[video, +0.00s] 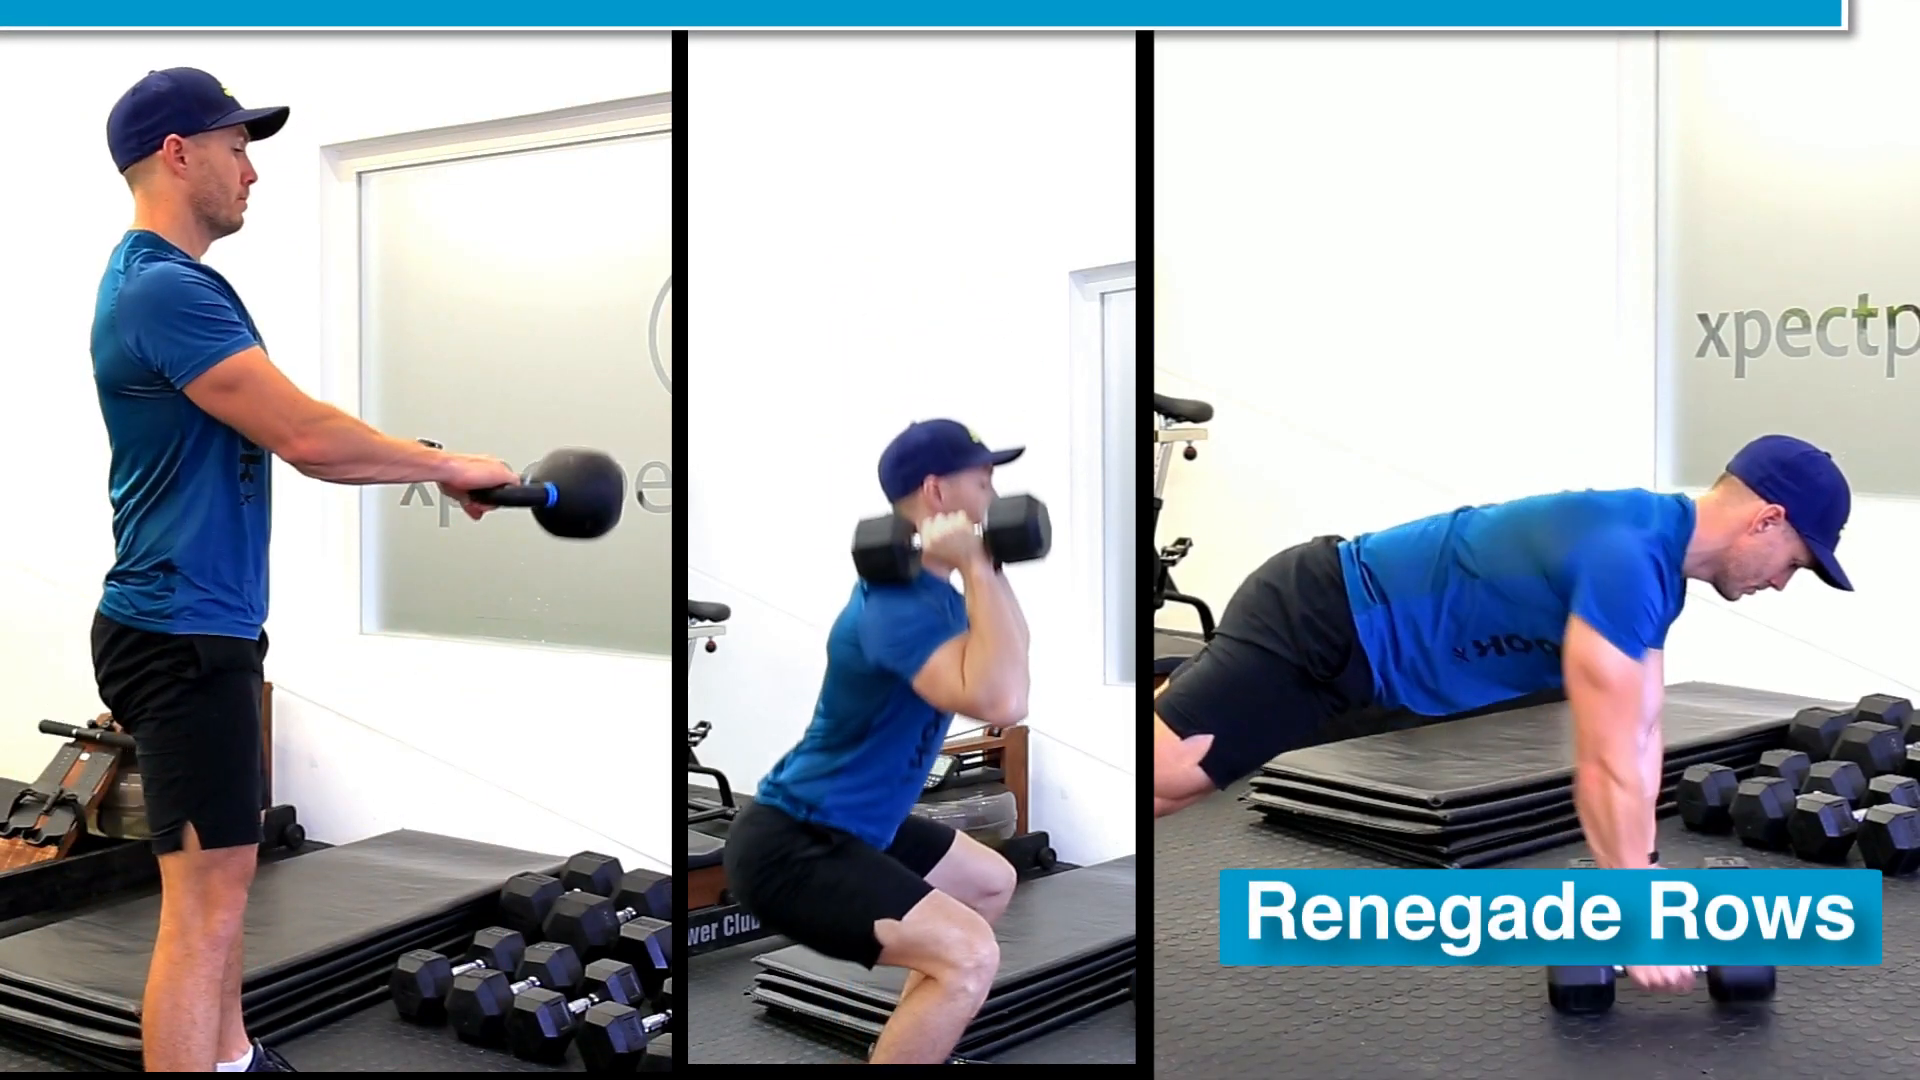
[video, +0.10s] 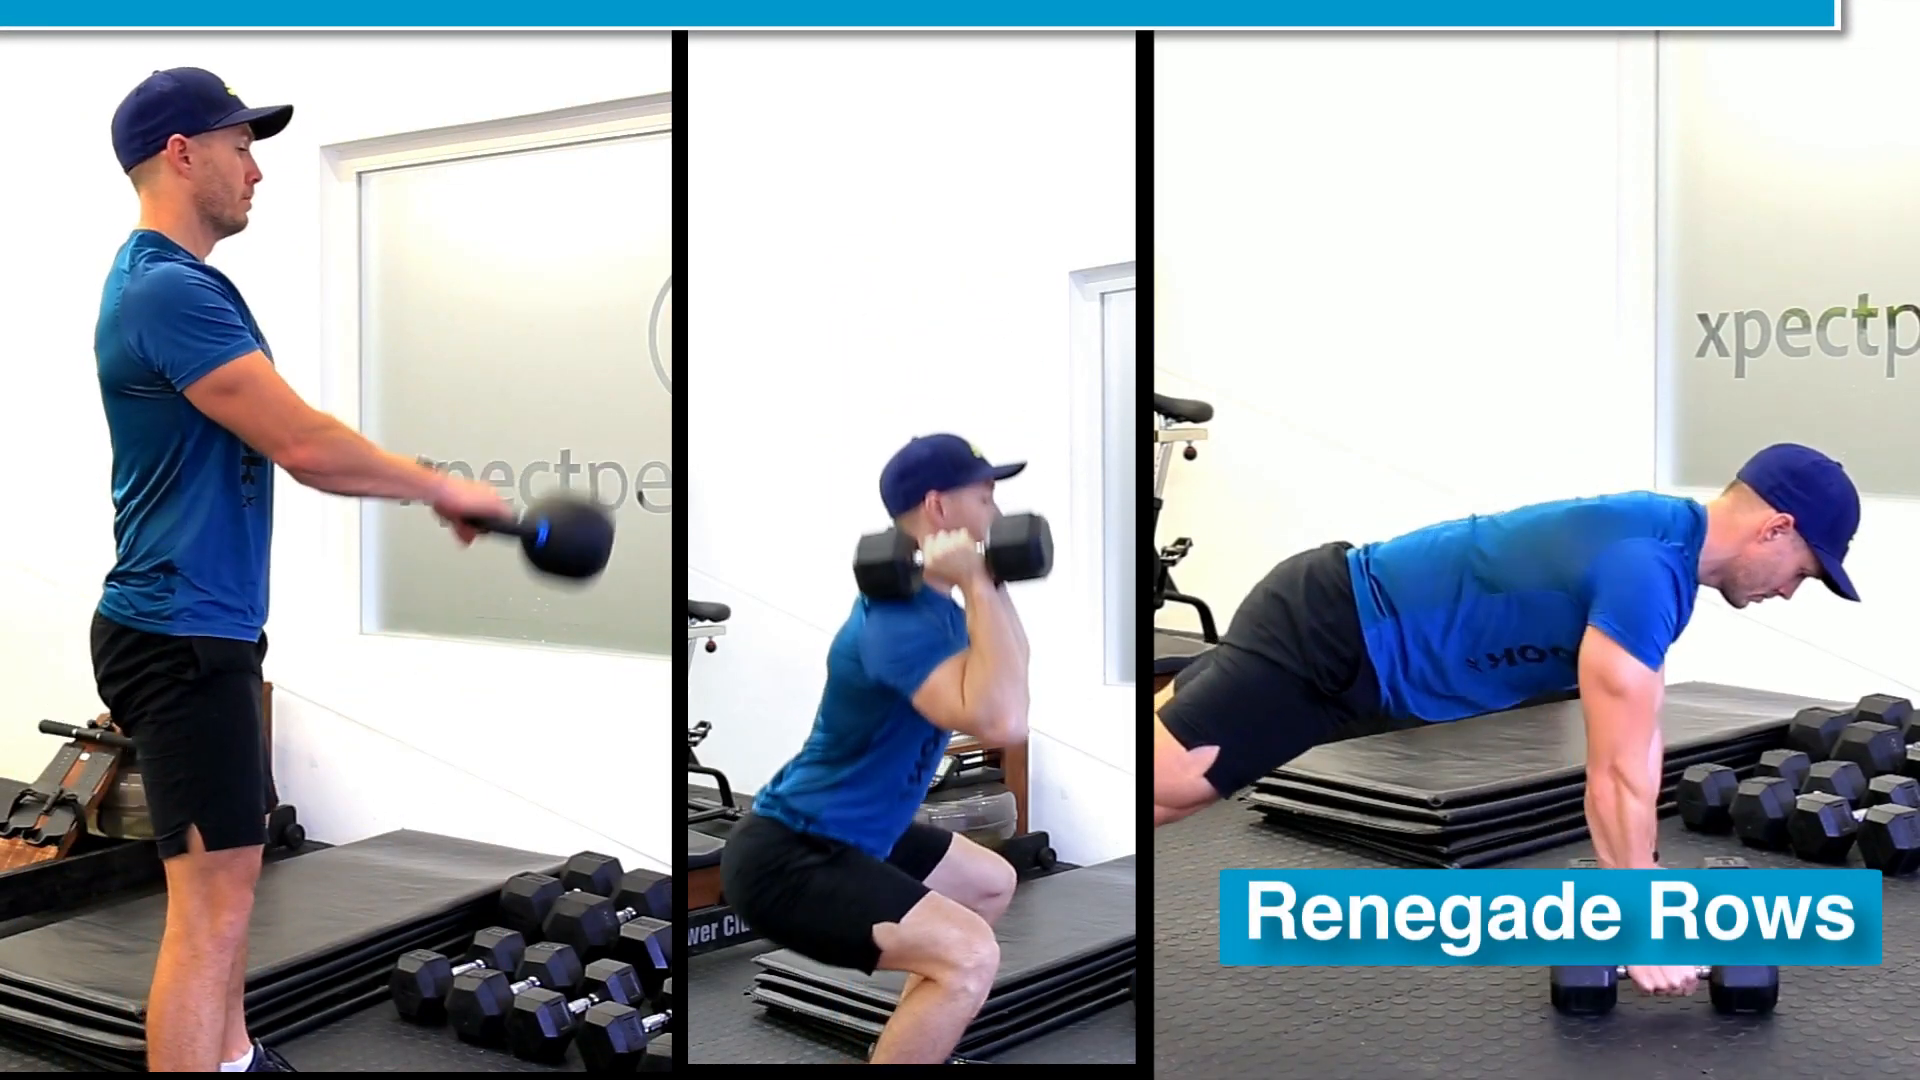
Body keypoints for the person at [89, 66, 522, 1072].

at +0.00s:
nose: (253, 166)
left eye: (249, 147)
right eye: (237, 147)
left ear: (176, 160)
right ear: (174, 155)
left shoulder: (173, 282)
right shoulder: (162, 287)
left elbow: (299, 434)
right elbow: (305, 440)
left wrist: (434, 466)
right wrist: (446, 469)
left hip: (206, 631)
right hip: (182, 636)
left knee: (220, 888)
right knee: (204, 907)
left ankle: (226, 1059)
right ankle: (190, 1078)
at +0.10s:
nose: (257, 167)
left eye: (253, 148)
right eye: (241, 147)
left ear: (179, 159)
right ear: (180, 153)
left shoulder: (173, 282)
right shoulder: (168, 287)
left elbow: (293, 441)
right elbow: (302, 444)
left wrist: (432, 485)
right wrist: (440, 489)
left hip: (201, 629)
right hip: (180, 635)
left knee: (222, 886)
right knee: (210, 904)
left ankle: (226, 1058)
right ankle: (195, 1074)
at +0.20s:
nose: (274, 167)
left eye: (270, 148)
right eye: (258, 146)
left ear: (198, 160)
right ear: (198, 156)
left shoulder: (204, 289)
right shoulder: (179, 293)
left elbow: (297, 467)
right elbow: (298, 463)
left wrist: (416, 531)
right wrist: (423, 530)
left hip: (202, 637)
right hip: (171, 640)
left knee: (232, 885)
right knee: (217, 908)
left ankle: (225, 1056)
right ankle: (198, 1075)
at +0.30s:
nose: (314, 181)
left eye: (310, 161)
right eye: (298, 159)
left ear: (240, 171)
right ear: (238, 166)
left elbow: (299, 489)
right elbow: (287, 505)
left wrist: (382, 578)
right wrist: (389, 590)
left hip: (189, 645)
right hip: (156, 650)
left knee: (250, 851)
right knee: (231, 912)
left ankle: (221, 1047)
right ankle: (199, 1076)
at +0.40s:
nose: (372, 222)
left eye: (370, 201)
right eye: (357, 198)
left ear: (299, 207)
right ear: (295, 201)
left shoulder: (274, 336)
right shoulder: (257, 343)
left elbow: (289, 531)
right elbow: (271, 556)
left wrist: (335, 643)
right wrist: (338, 658)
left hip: (175, 656)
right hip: (139, 663)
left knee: (261, 841)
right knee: (242, 919)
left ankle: (218, 1042)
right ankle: (207, 1071)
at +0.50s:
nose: (441, 282)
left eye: (439, 261)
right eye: (425, 259)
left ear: (368, 266)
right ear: (367, 261)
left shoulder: (318, 382)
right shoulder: (312, 393)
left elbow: (272, 587)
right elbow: (264, 599)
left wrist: (279, 713)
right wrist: (277, 734)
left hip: (166, 673)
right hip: (128, 676)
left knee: (262, 859)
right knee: (247, 923)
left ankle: (222, 1041)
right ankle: (205, 1062)